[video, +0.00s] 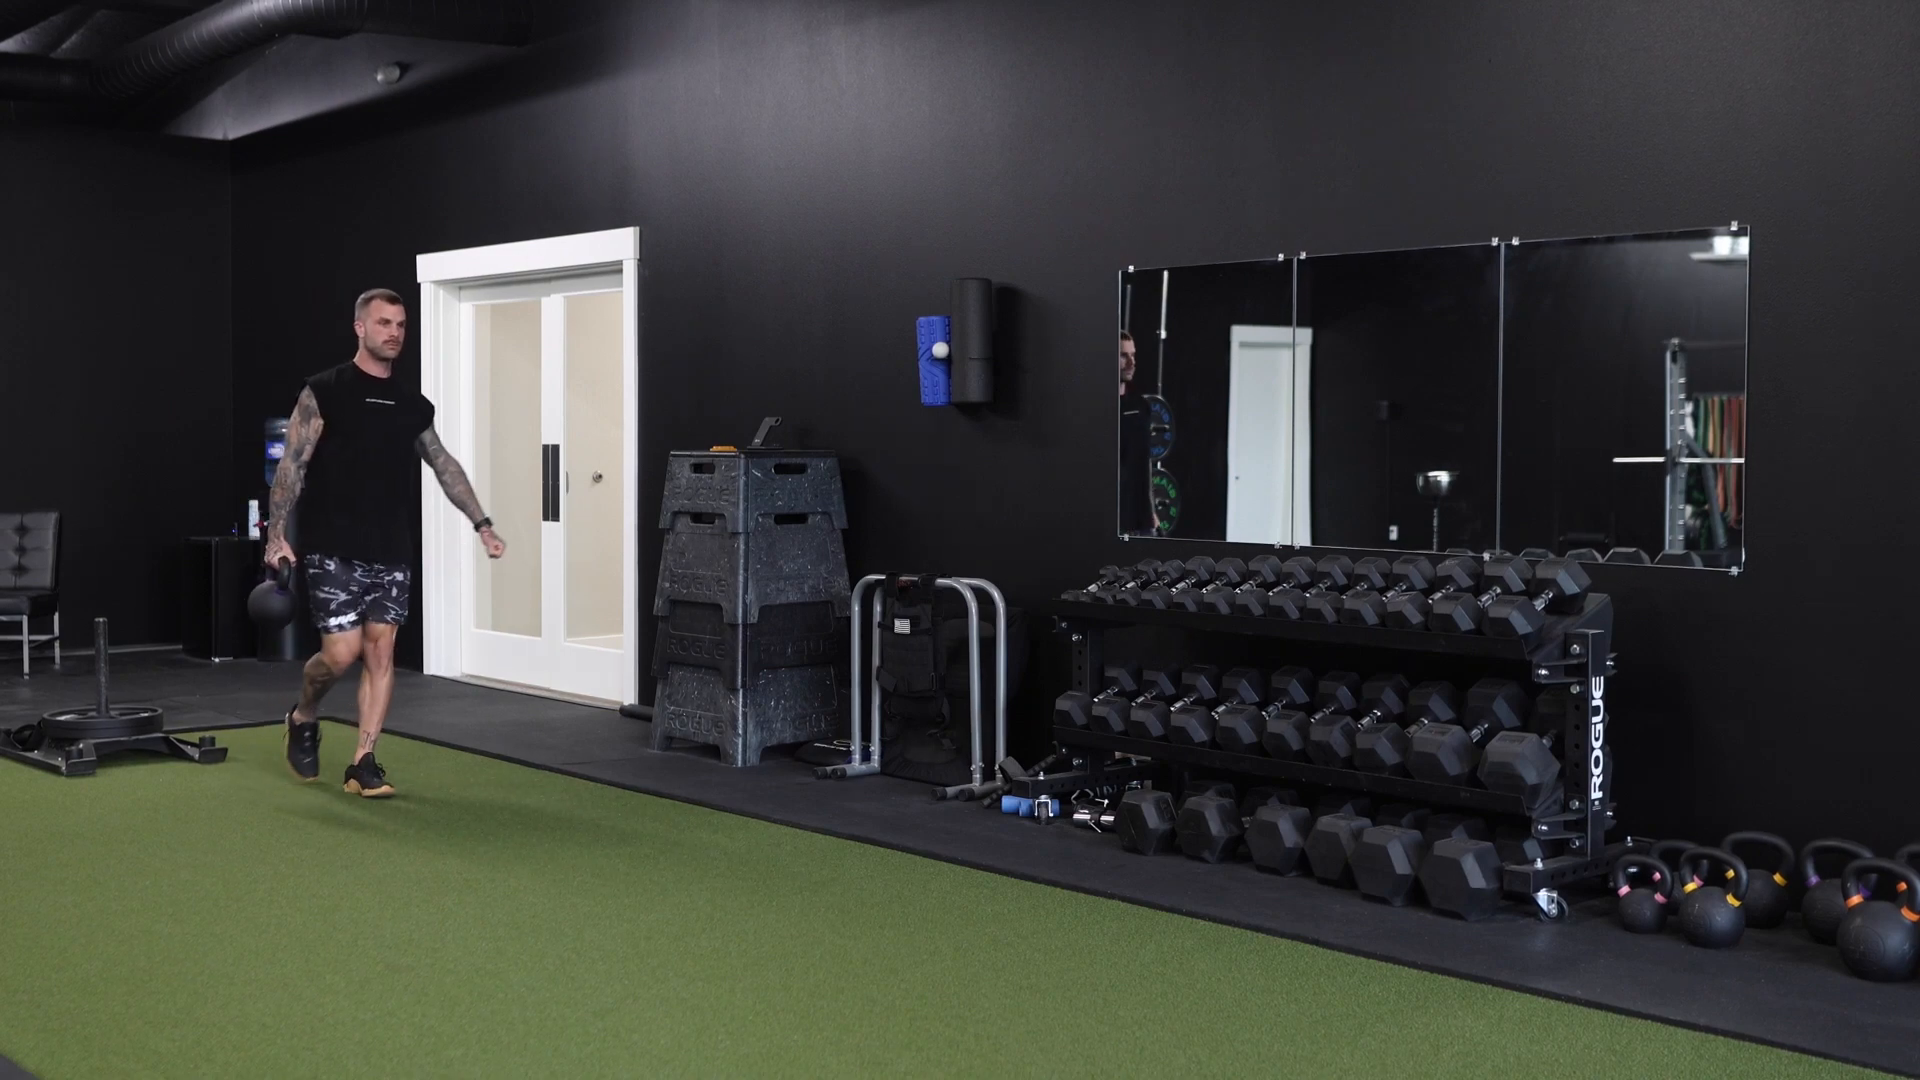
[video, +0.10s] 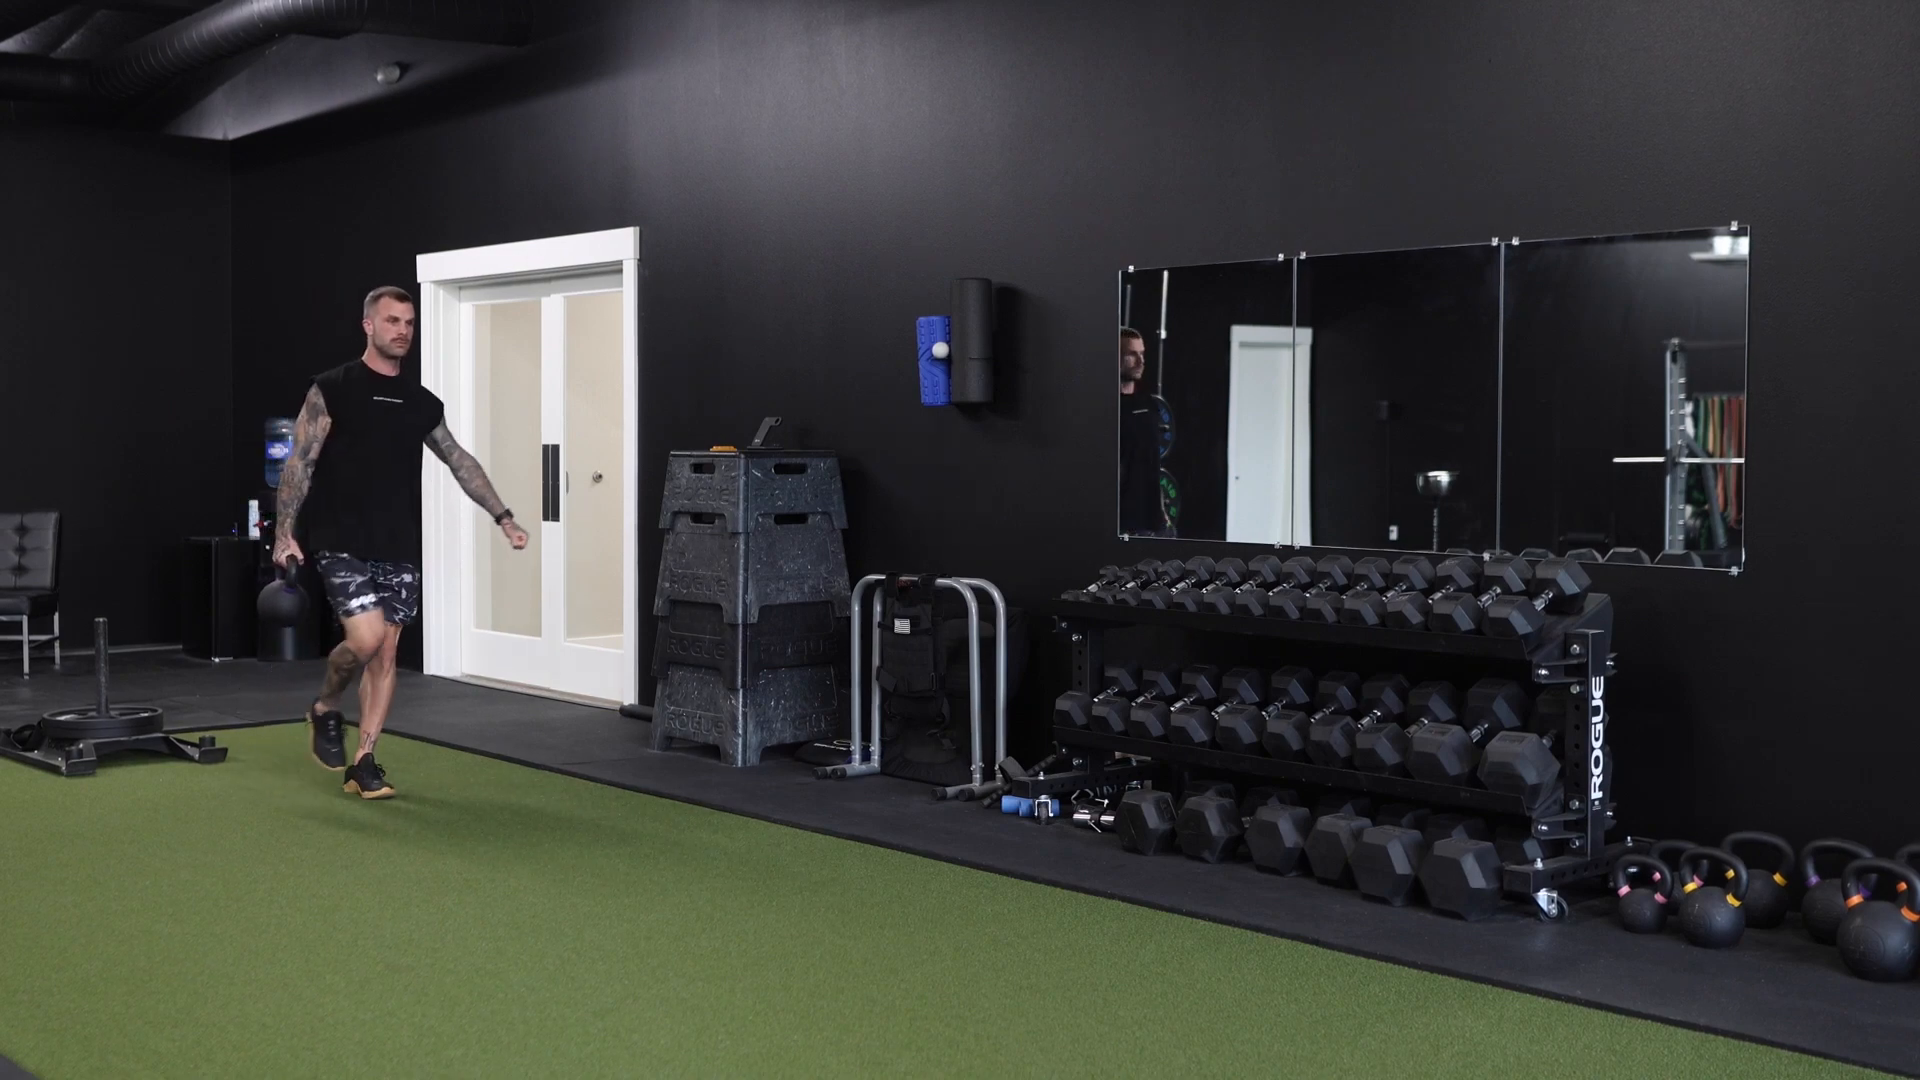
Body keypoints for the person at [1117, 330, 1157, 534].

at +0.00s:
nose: (1131, 362)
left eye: (1133, 356)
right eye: (1123, 356)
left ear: (1136, 358)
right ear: (1111, 358)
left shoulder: (1138, 406)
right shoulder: (1100, 404)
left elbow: (1142, 462)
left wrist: (1149, 513)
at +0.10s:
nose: (1140, 361)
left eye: (1142, 354)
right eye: (1132, 355)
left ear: (1145, 356)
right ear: (1115, 358)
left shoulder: (1148, 406)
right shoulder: (1105, 405)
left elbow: (1151, 467)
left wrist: (1160, 520)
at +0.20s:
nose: (1151, 360)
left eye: (1153, 353)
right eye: (1142, 353)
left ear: (1155, 355)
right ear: (1122, 357)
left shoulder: (1159, 405)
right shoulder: (1113, 404)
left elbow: (1164, 462)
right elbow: (1105, 461)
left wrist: (1171, 511)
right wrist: (1108, 521)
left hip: (1159, 520)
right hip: (1122, 520)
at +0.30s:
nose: (1163, 359)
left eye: (1165, 353)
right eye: (1154, 353)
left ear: (1168, 356)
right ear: (1132, 357)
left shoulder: (1171, 404)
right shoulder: (1119, 403)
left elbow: (1175, 460)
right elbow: (1109, 461)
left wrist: (1184, 512)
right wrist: (1112, 520)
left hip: (1167, 522)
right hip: (1129, 522)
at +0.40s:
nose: (1176, 359)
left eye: (1178, 353)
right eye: (1167, 353)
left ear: (1180, 355)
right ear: (1145, 357)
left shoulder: (1182, 405)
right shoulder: (1130, 407)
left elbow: (1188, 461)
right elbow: (1107, 456)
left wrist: (1198, 516)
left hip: (1181, 524)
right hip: (1140, 525)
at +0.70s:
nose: (1223, 354)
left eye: (1225, 347)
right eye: (1214, 347)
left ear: (1228, 350)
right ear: (1191, 351)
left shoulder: (1232, 404)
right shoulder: (1177, 402)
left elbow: (1232, 462)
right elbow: (1146, 448)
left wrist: (1241, 516)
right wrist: (1134, 487)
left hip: (1228, 524)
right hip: (1189, 524)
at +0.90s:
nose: (1249, 350)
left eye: (1251, 344)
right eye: (1240, 344)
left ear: (1253, 346)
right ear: (1217, 348)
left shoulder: (1257, 402)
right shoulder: (1203, 398)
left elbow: (1257, 459)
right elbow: (1172, 443)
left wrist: (1265, 511)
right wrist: (1158, 482)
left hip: (1248, 518)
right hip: (1211, 518)